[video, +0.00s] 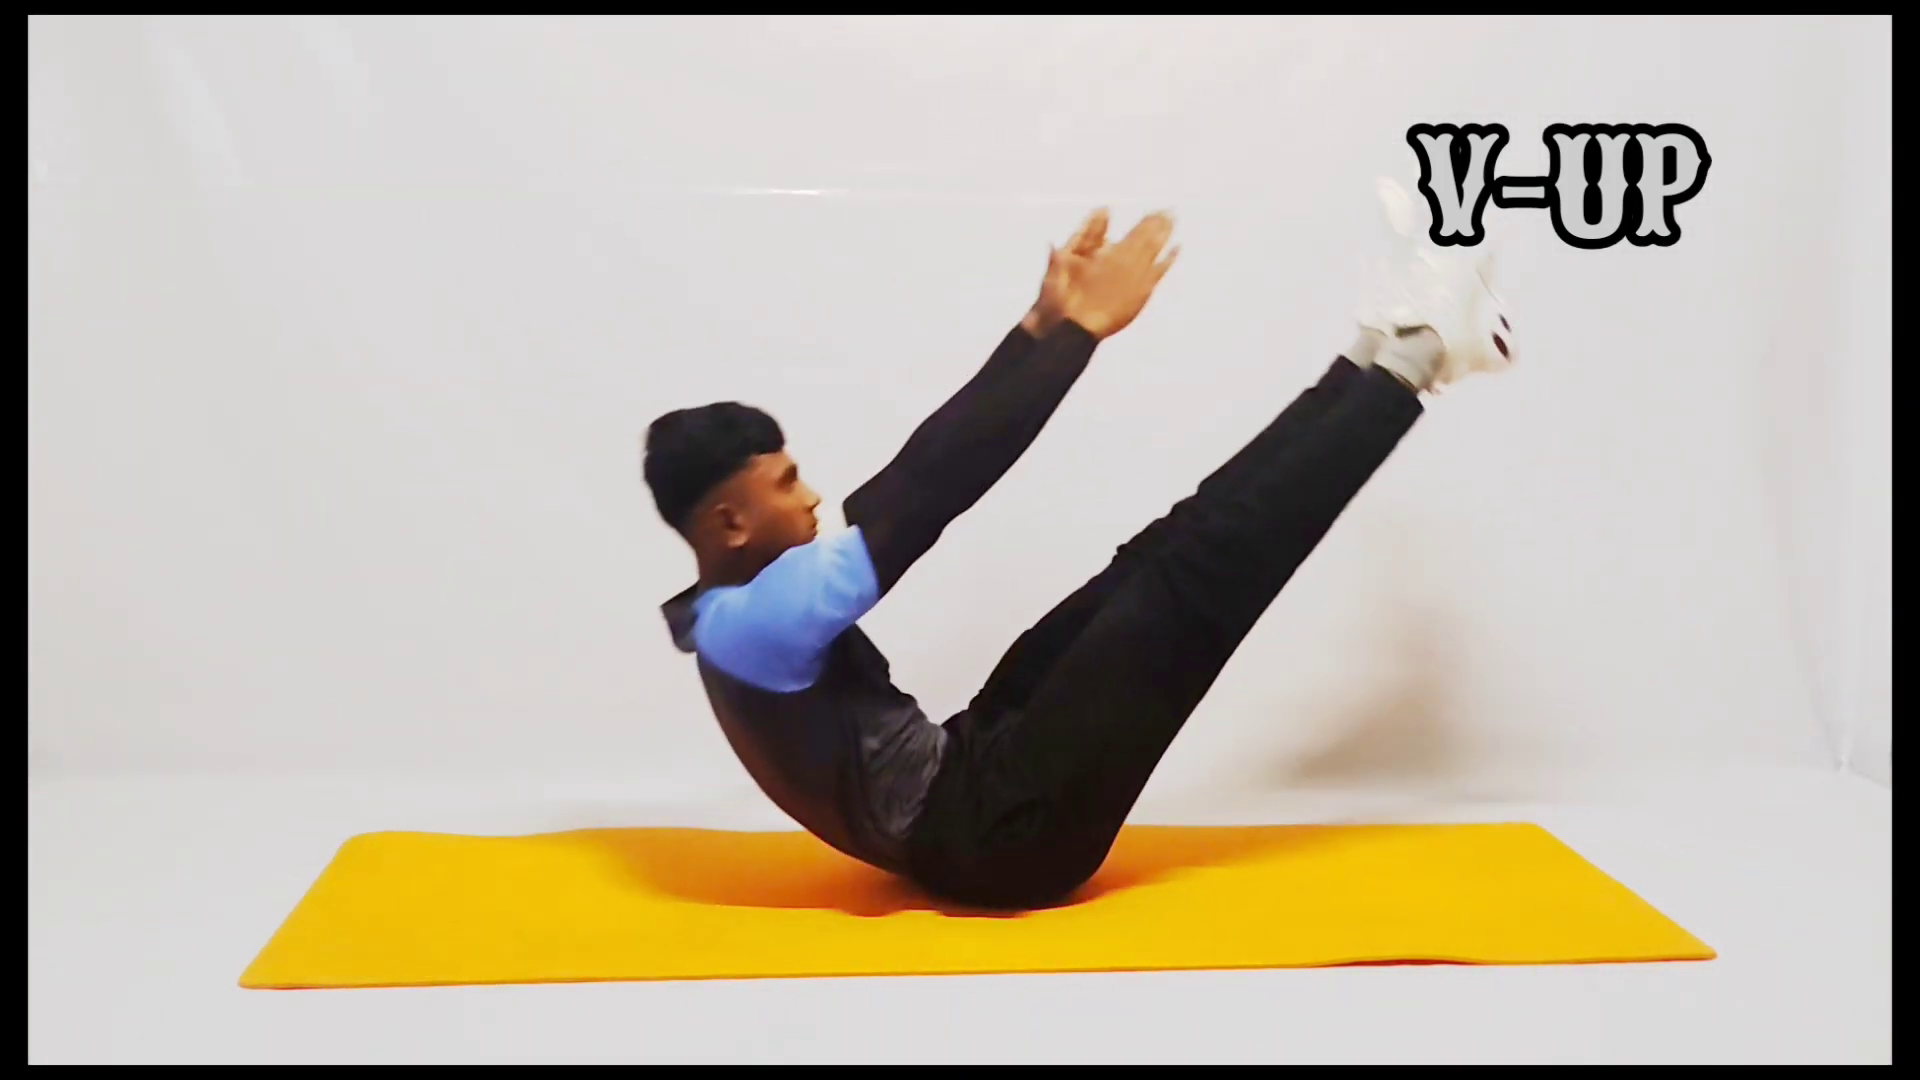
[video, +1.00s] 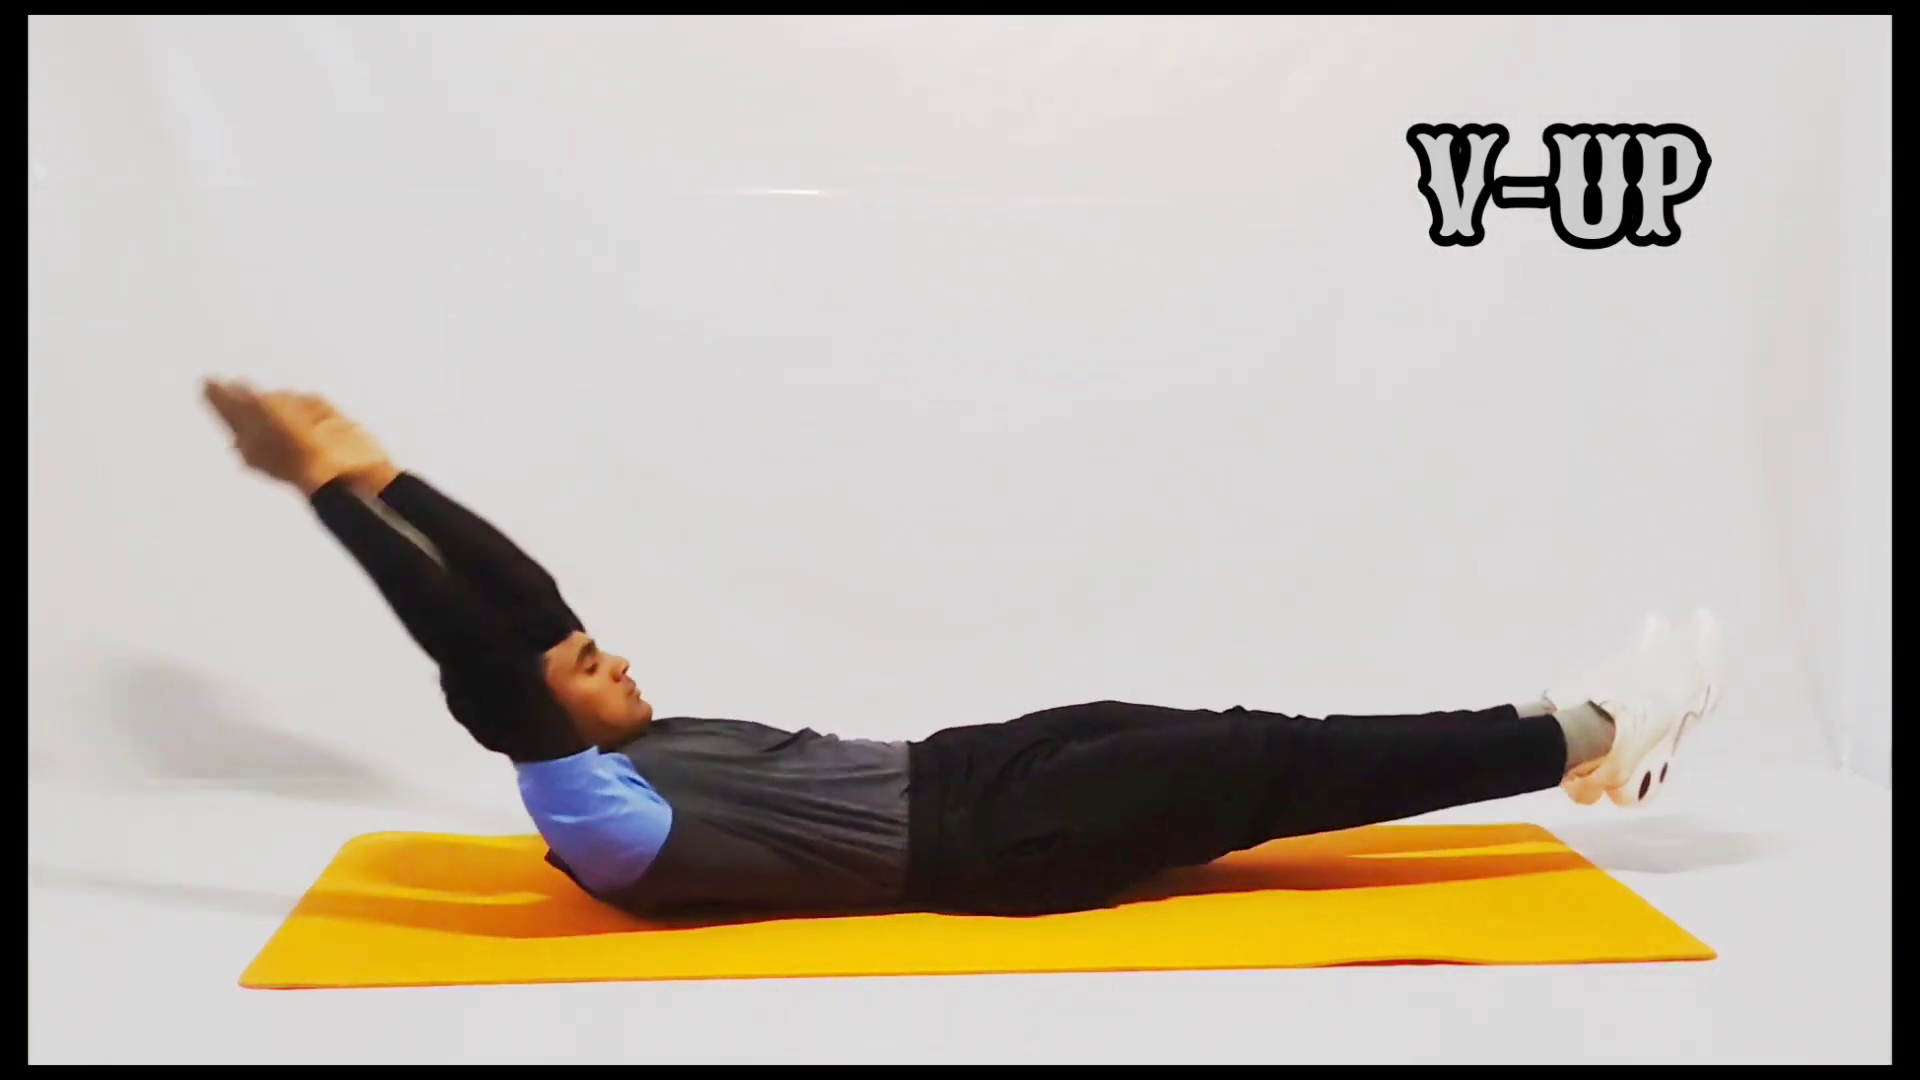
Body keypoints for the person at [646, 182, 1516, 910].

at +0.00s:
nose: (807, 496)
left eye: (793, 477)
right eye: (782, 486)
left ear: (730, 519)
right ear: (720, 526)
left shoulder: (751, 603)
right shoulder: (758, 619)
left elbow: (915, 483)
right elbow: (925, 494)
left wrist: (1038, 332)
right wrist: (1075, 336)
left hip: (978, 797)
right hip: (994, 840)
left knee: (1158, 570)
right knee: (1178, 582)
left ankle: (1384, 358)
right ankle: (1404, 364)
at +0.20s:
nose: (913, 481)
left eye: (903, 458)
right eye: (893, 459)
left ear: (827, 478)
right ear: (829, 479)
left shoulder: (821, 557)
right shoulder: (831, 573)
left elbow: (1000, 448)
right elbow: (1028, 454)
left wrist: (1138, 309)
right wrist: (1181, 314)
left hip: (972, 794)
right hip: (990, 833)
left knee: (1112, 536)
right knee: (1130, 553)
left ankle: (1317, 301)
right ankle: (1323, 307)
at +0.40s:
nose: (882, 486)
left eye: (871, 463)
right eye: (863, 465)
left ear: (798, 486)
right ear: (796, 487)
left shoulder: (793, 575)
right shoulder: (801, 590)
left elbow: (980, 468)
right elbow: (989, 479)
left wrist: (1129, 324)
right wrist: (1150, 331)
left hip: (970, 799)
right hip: (988, 834)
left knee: (1134, 548)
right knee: (1148, 567)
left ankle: (1371, 342)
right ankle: (1369, 344)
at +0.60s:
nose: (771, 539)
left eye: (766, 513)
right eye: (747, 523)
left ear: (706, 539)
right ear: (681, 548)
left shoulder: (708, 641)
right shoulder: (714, 652)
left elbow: (820, 487)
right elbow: (829, 505)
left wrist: (898, 296)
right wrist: (933, 298)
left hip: (964, 784)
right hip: (976, 833)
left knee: (1212, 610)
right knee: (1222, 637)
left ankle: (1499, 484)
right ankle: (1500, 482)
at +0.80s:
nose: (665, 614)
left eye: (651, 598)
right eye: (641, 602)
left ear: (582, 636)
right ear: (611, 625)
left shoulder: (661, 709)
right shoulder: (641, 741)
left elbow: (648, 523)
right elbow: (651, 522)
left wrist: (606, 329)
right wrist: (599, 325)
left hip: (969, 780)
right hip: (967, 830)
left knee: (1255, 698)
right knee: (1261, 728)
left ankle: (1555, 646)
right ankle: (1569, 664)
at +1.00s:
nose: (599, 660)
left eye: (586, 643)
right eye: (575, 658)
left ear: (588, 673)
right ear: (547, 710)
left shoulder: (647, 757)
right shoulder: (610, 811)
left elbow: (516, 617)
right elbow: (471, 647)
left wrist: (381, 477)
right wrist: (338, 497)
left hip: (985, 767)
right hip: (978, 827)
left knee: (1272, 744)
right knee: (1266, 762)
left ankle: (1566, 740)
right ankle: (1571, 755)